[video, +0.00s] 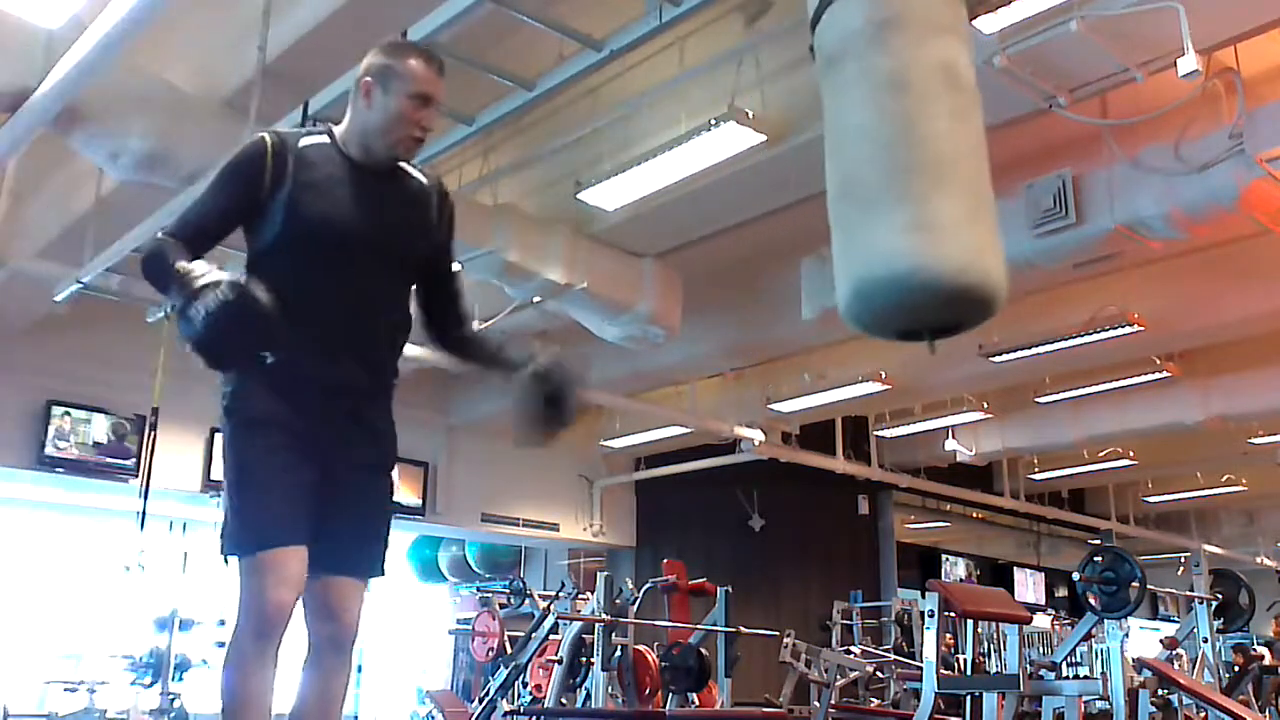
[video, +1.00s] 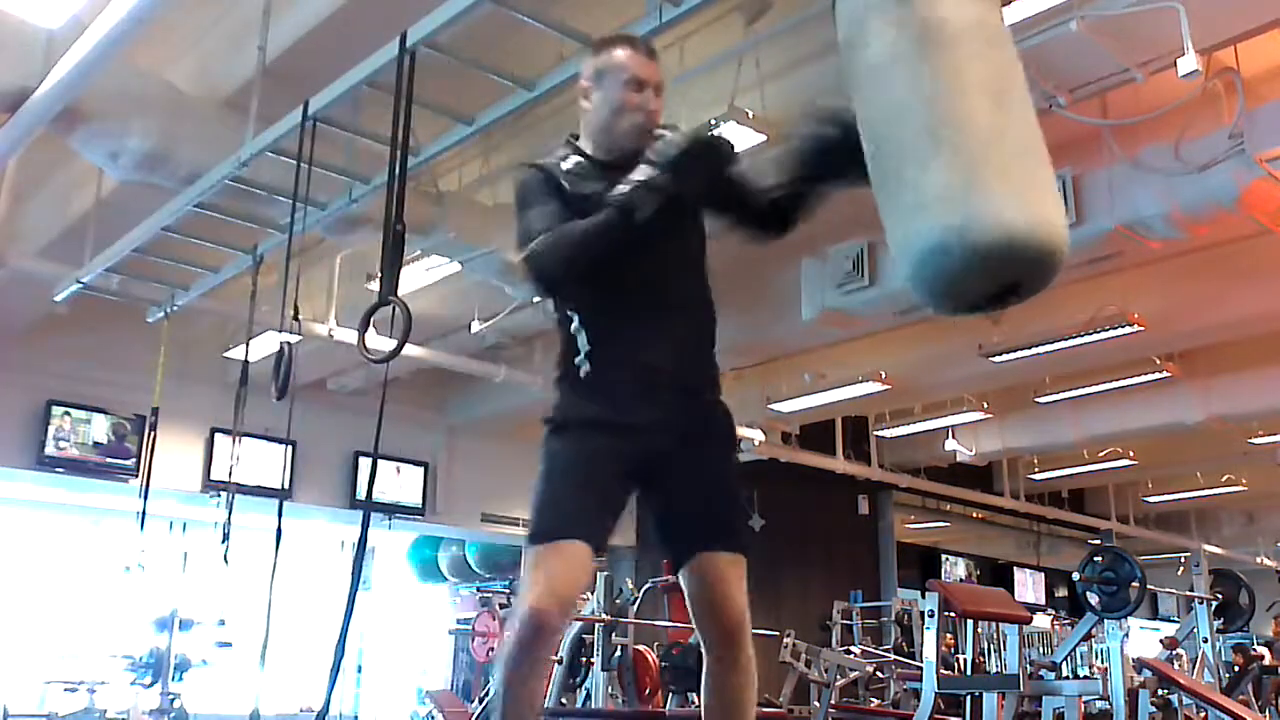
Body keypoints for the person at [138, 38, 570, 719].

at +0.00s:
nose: (428, 121)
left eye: (436, 109)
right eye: (417, 103)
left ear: (438, 116)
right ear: (367, 89)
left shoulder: (427, 201)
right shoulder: (277, 157)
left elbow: (449, 327)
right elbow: (160, 248)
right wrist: (199, 288)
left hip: (363, 418)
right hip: (272, 402)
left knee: (337, 623)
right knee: (272, 598)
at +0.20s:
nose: (444, 119)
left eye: (453, 108)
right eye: (433, 100)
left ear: (453, 115)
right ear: (384, 89)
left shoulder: (447, 192)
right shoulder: (308, 151)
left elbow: (521, 294)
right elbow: (219, 242)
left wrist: (578, 236)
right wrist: (347, 211)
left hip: (392, 416)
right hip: (299, 407)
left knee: (426, 604)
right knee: (278, 602)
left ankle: (371, 718)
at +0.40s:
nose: (492, 116)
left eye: (503, 108)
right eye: (481, 96)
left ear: (505, 118)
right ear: (431, 87)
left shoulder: (500, 179)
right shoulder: (366, 135)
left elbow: (586, 268)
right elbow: (364, 172)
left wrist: (603, 189)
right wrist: (525, 149)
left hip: (440, 422)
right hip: (343, 415)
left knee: (528, 599)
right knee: (318, 609)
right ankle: (264, 714)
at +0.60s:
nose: (551, 111)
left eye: (558, 99)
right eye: (537, 93)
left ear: (563, 113)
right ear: (487, 94)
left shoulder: (571, 186)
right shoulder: (436, 174)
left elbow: (619, 273)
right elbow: (422, 274)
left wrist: (623, 202)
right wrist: (533, 199)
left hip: (563, 426)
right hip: (463, 427)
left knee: (645, 613)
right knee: (383, 619)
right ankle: (327, 713)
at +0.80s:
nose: (604, 88)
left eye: (612, 78)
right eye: (589, 71)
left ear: (618, 91)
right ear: (542, 77)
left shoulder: (632, 160)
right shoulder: (500, 159)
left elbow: (702, 231)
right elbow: (494, 249)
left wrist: (736, 187)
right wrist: (600, 171)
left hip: (641, 402)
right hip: (540, 400)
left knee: (695, 601)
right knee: (484, 596)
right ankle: (450, 718)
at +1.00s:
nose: (652, 106)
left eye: (658, 93)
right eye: (634, 89)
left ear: (663, 103)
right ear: (587, 93)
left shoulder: (684, 163)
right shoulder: (548, 182)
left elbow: (769, 218)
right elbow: (547, 263)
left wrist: (814, 163)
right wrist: (643, 192)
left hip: (692, 415)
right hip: (595, 415)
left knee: (729, 627)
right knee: (541, 614)